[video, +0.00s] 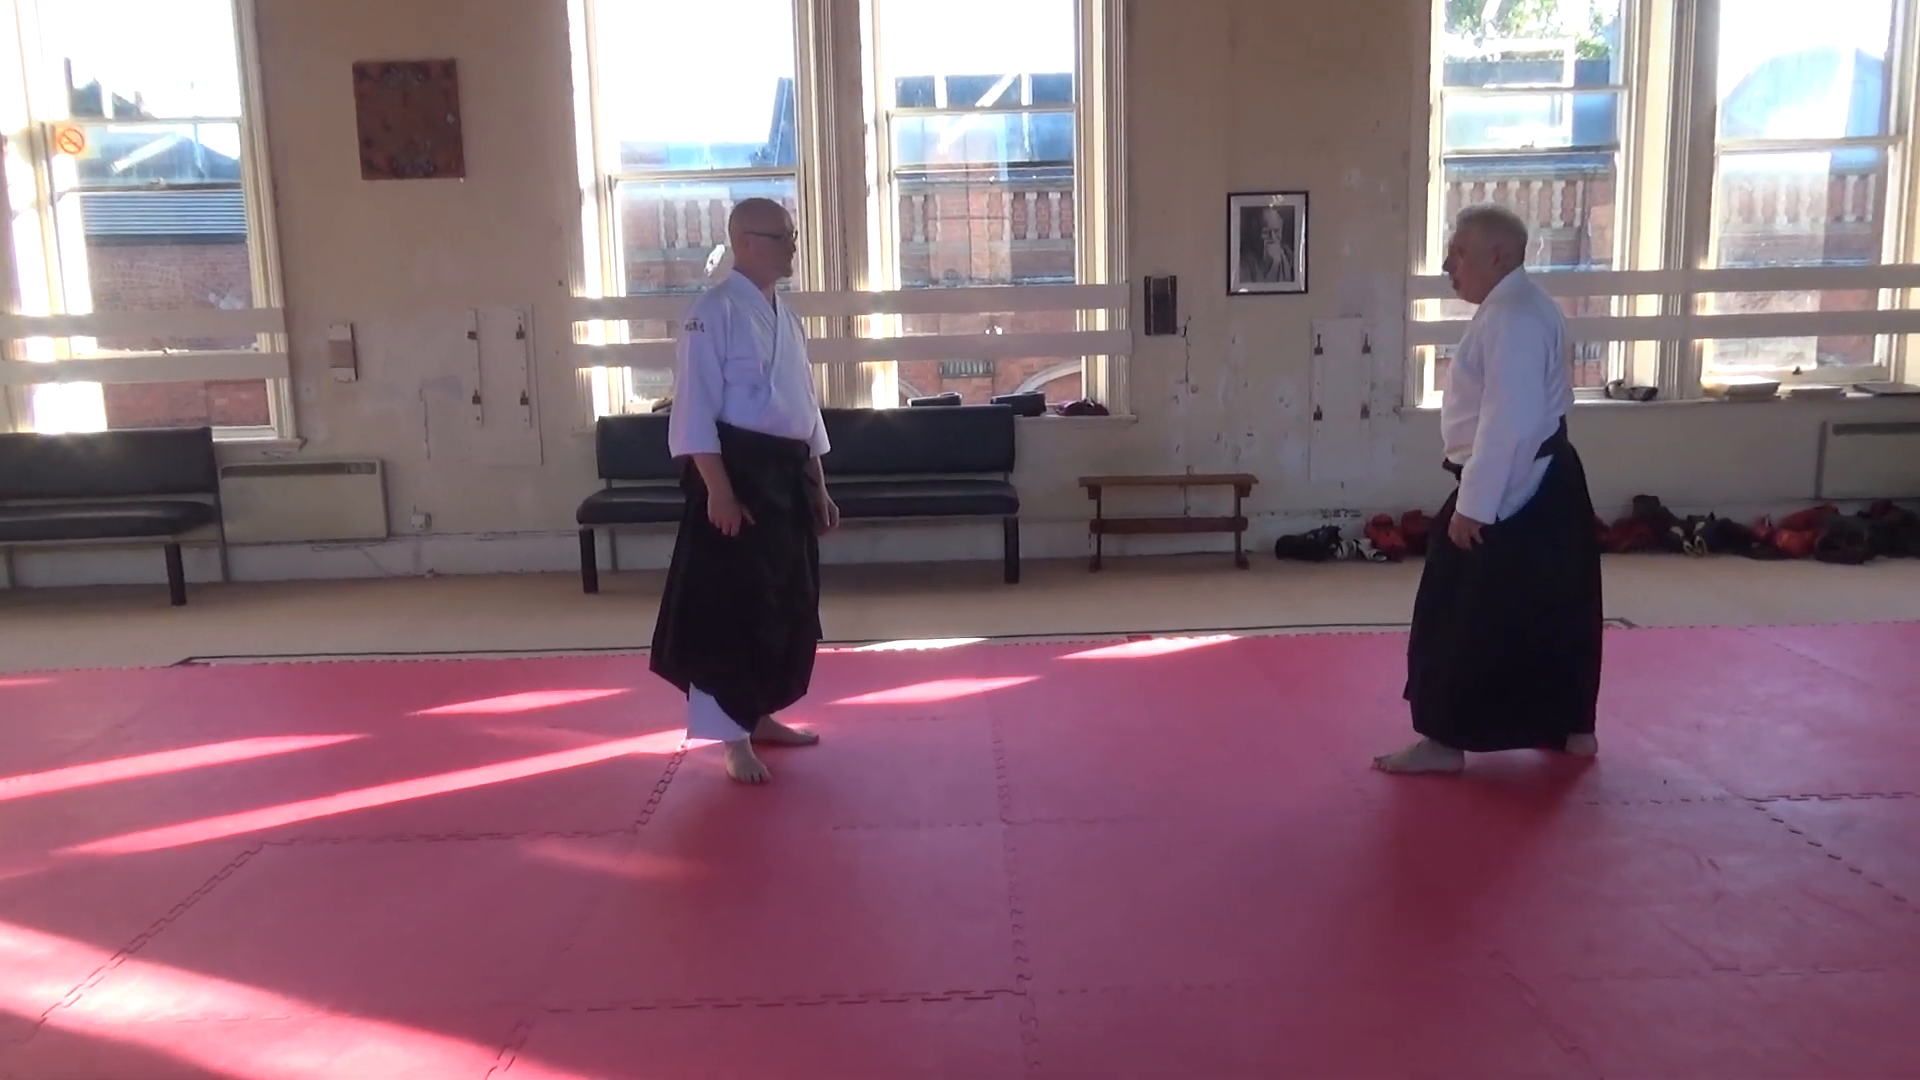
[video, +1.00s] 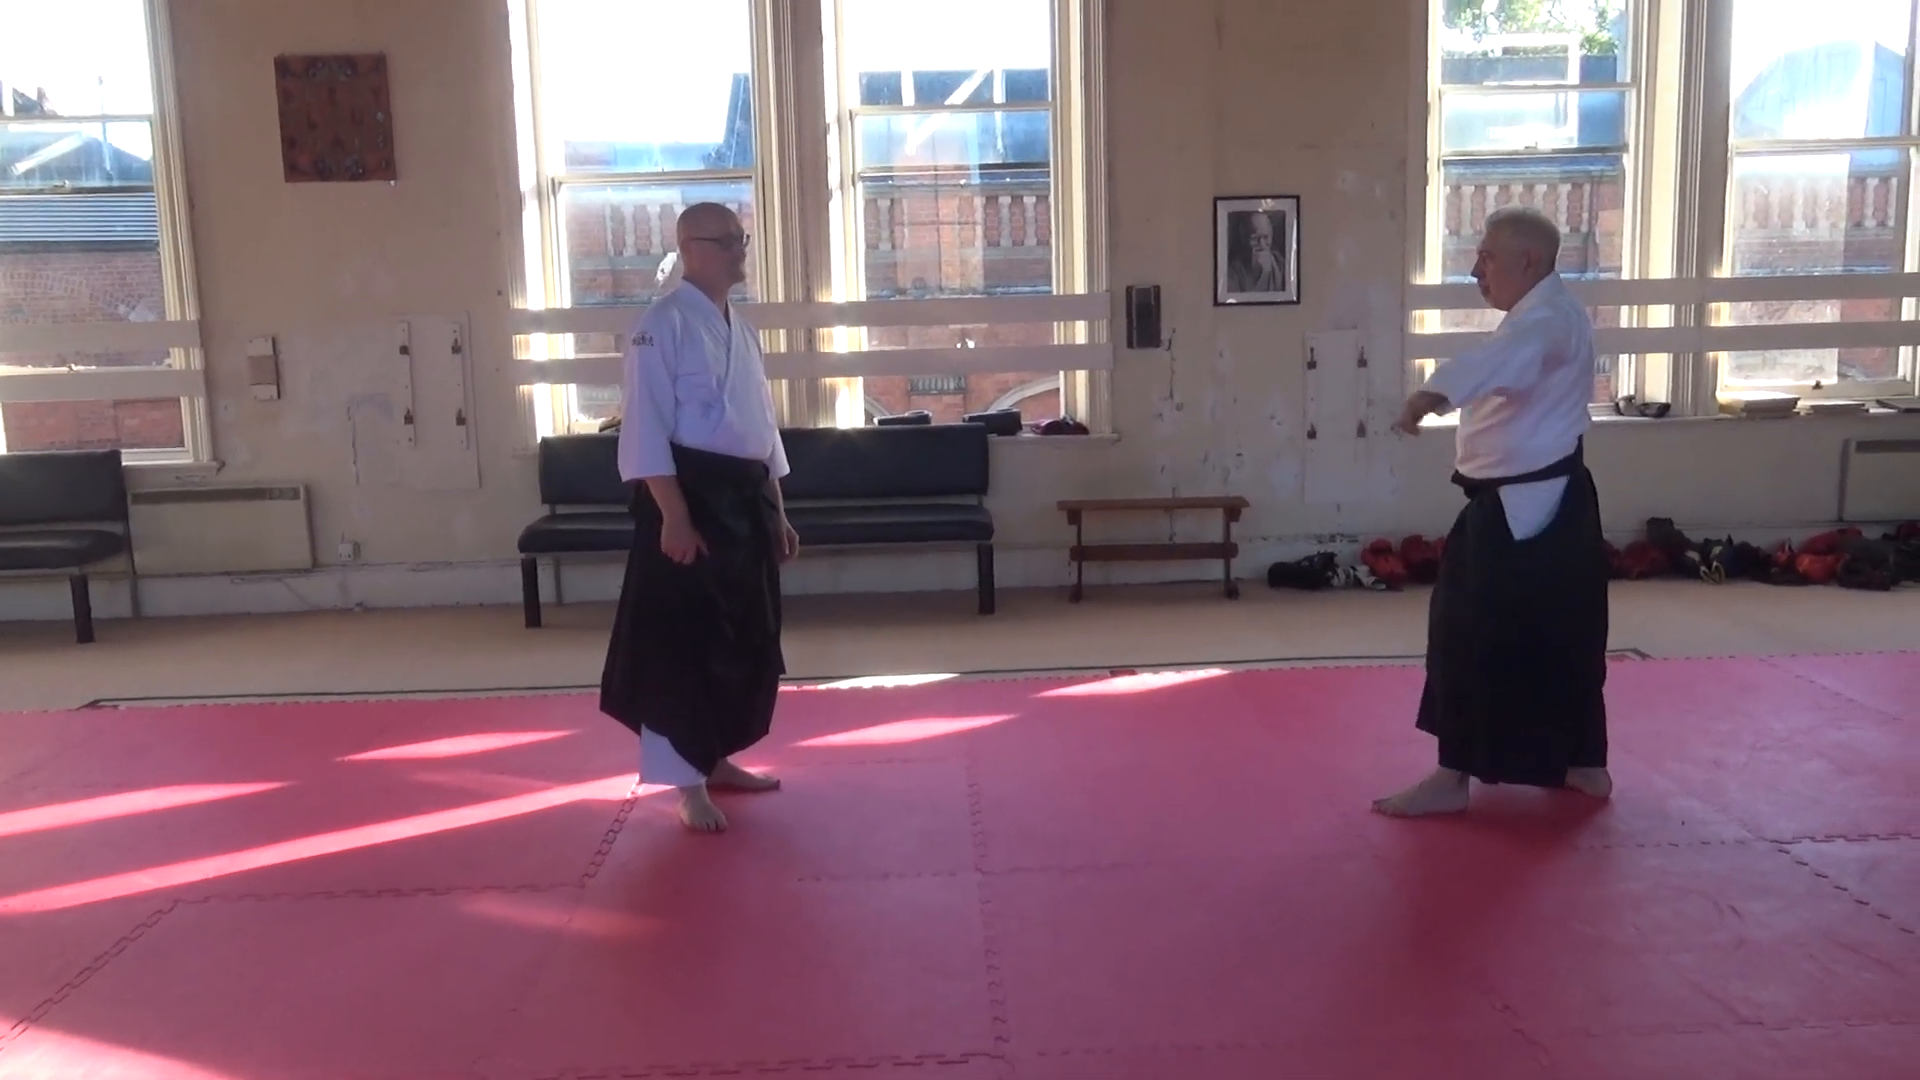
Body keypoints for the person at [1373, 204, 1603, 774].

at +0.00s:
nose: (1449, 265)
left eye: (1459, 253)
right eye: (1450, 253)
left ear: (1498, 255)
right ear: (1503, 257)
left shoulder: (1511, 315)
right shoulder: (1531, 305)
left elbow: (1509, 419)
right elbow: (1531, 407)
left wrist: (1472, 503)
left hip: (1505, 483)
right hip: (1549, 477)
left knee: (1453, 611)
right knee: (1559, 605)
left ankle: (1442, 740)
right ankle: (1575, 727)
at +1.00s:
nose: (1477, 269)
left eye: (1487, 258)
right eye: (1479, 257)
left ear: (1528, 262)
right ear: (1531, 263)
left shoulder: (1543, 317)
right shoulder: (1556, 309)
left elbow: (1497, 360)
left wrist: (1433, 394)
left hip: (1514, 504)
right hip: (1555, 497)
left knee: (1460, 634)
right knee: (1567, 633)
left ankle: (1451, 776)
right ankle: (1586, 764)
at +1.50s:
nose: (1453, 288)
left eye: (1464, 277)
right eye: (1454, 277)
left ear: (1505, 277)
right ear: (1508, 279)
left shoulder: (1518, 345)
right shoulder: (1515, 335)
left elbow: (1481, 454)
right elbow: (1460, 438)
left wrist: (1415, 513)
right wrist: (1400, 486)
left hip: (1500, 523)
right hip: (1542, 514)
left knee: (1453, 654)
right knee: (1555, 649)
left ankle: (1438, 792)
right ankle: (1576, 779)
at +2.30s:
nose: (1542, 263)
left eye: (1553, 248)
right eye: (1541, 248)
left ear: (1602, 247)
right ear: (1602, 249)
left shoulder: (1623, 323)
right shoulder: (1599, 312)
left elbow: (1554, 440)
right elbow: (1527, 396)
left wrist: (1492, 485)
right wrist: (1447, 452)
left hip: (1603, 530)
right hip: (1636, 521)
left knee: (1542, 681)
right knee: (1657, 682)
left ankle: (1525, 850)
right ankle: (1686, 836)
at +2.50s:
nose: (1647, 215)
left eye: (1660, 199)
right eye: (1646, 199)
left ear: (1715, 197)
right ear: (1711, 199)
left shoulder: (1736, 287)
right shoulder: (1711, 273)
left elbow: (1648, 421)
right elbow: (1623, 366)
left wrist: (1582, 464)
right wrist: (1528, 427)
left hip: (1709, 526)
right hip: (1747, 516)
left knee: (1638, 703)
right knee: (1770, 704)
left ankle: (1615, 894)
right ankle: (1801, 879)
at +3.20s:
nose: (1583, 232)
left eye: (1595, 216)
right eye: (1583, 215)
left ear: (1646, 219)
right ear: (1656, 221)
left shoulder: (1645, 307)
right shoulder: (1697, 279)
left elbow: (1566, 423)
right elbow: (1581, 351)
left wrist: (1511, 478)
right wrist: (1486, 313)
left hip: (1661, 531)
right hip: (1727, 515)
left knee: (1548, 665)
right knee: (1767, 690)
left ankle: (1507, 856)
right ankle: (1830, 861)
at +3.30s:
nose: (1526, 242)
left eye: (1537, 226)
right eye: (1527, 225)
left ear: (1588, 231)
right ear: (1599, 229)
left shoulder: (1585, 317)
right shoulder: (1637, 286)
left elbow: (1504, 420)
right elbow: (1538, 324)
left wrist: (1423, 475)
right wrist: (1470, 259)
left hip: (1618, 534)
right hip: (1681, 516)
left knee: (1498, 666)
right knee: (1744, 691)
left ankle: (1446, 853)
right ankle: (1830, 855)